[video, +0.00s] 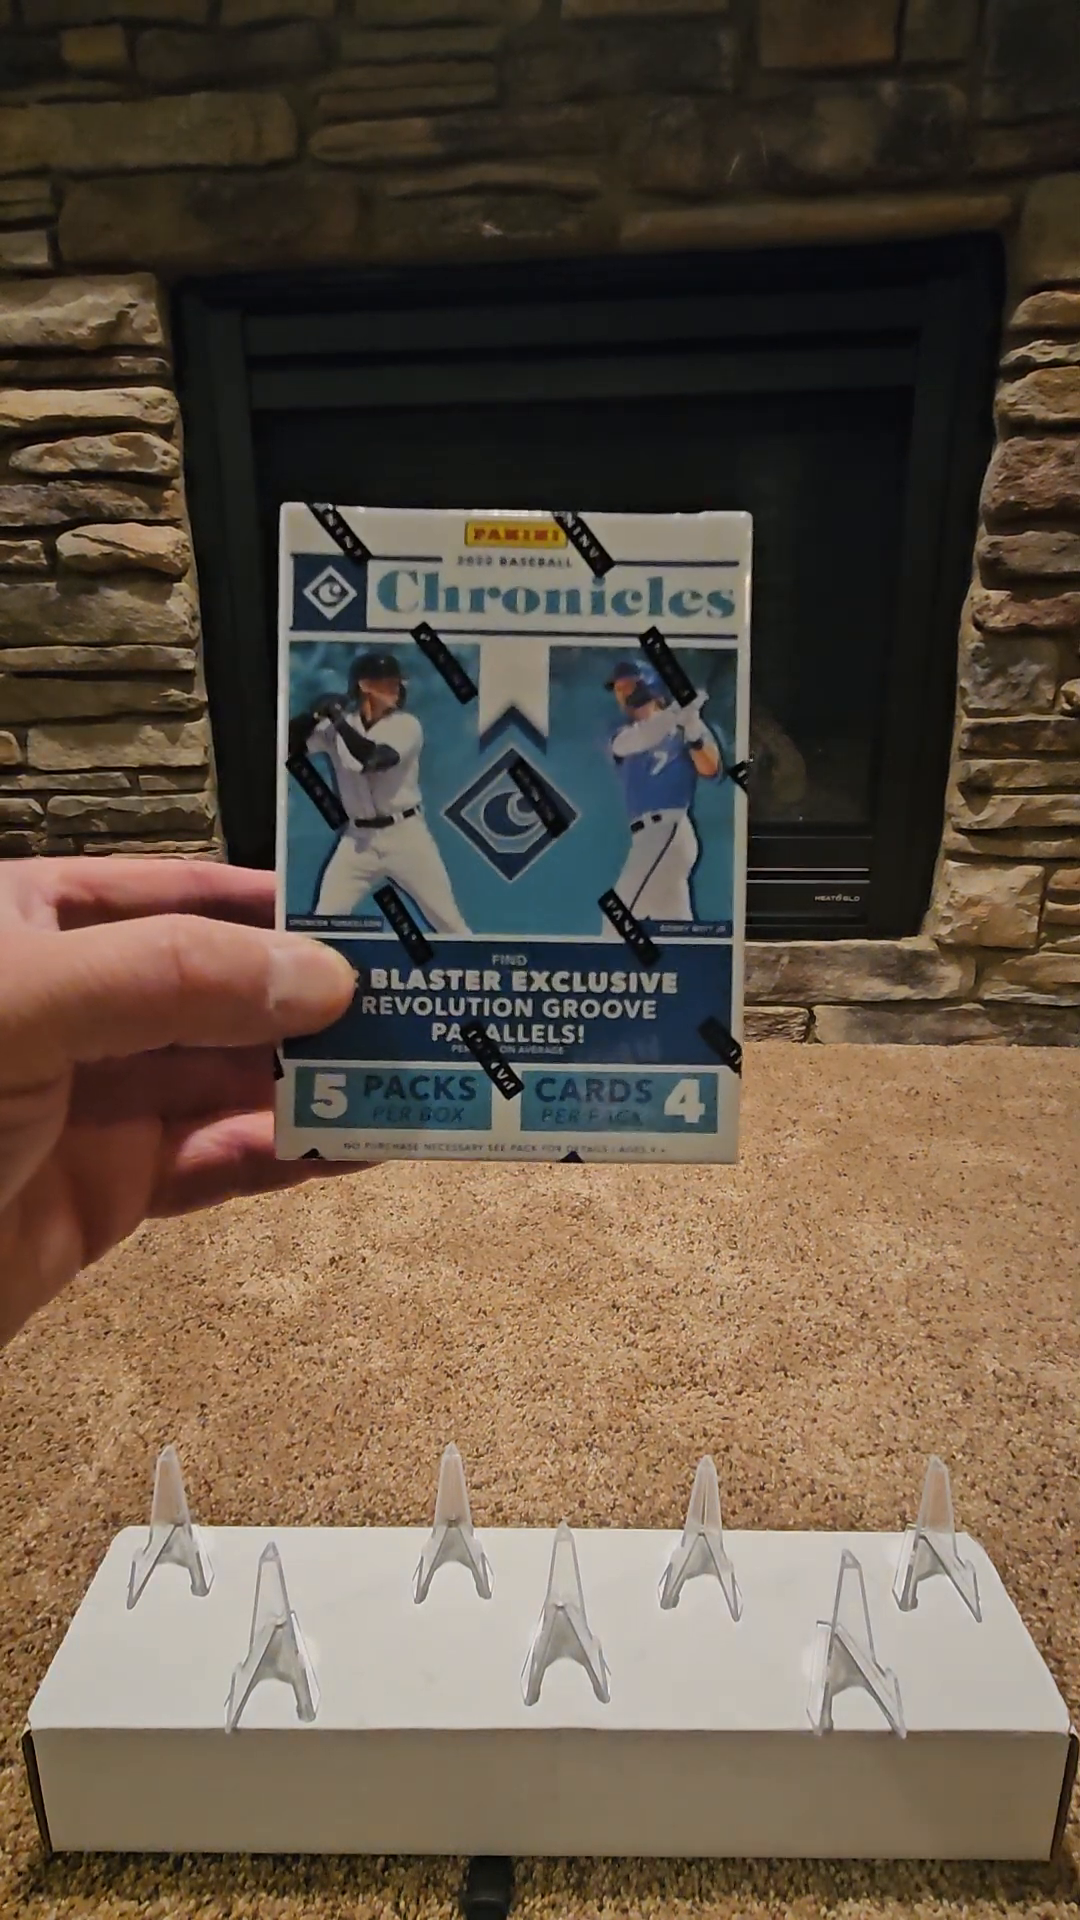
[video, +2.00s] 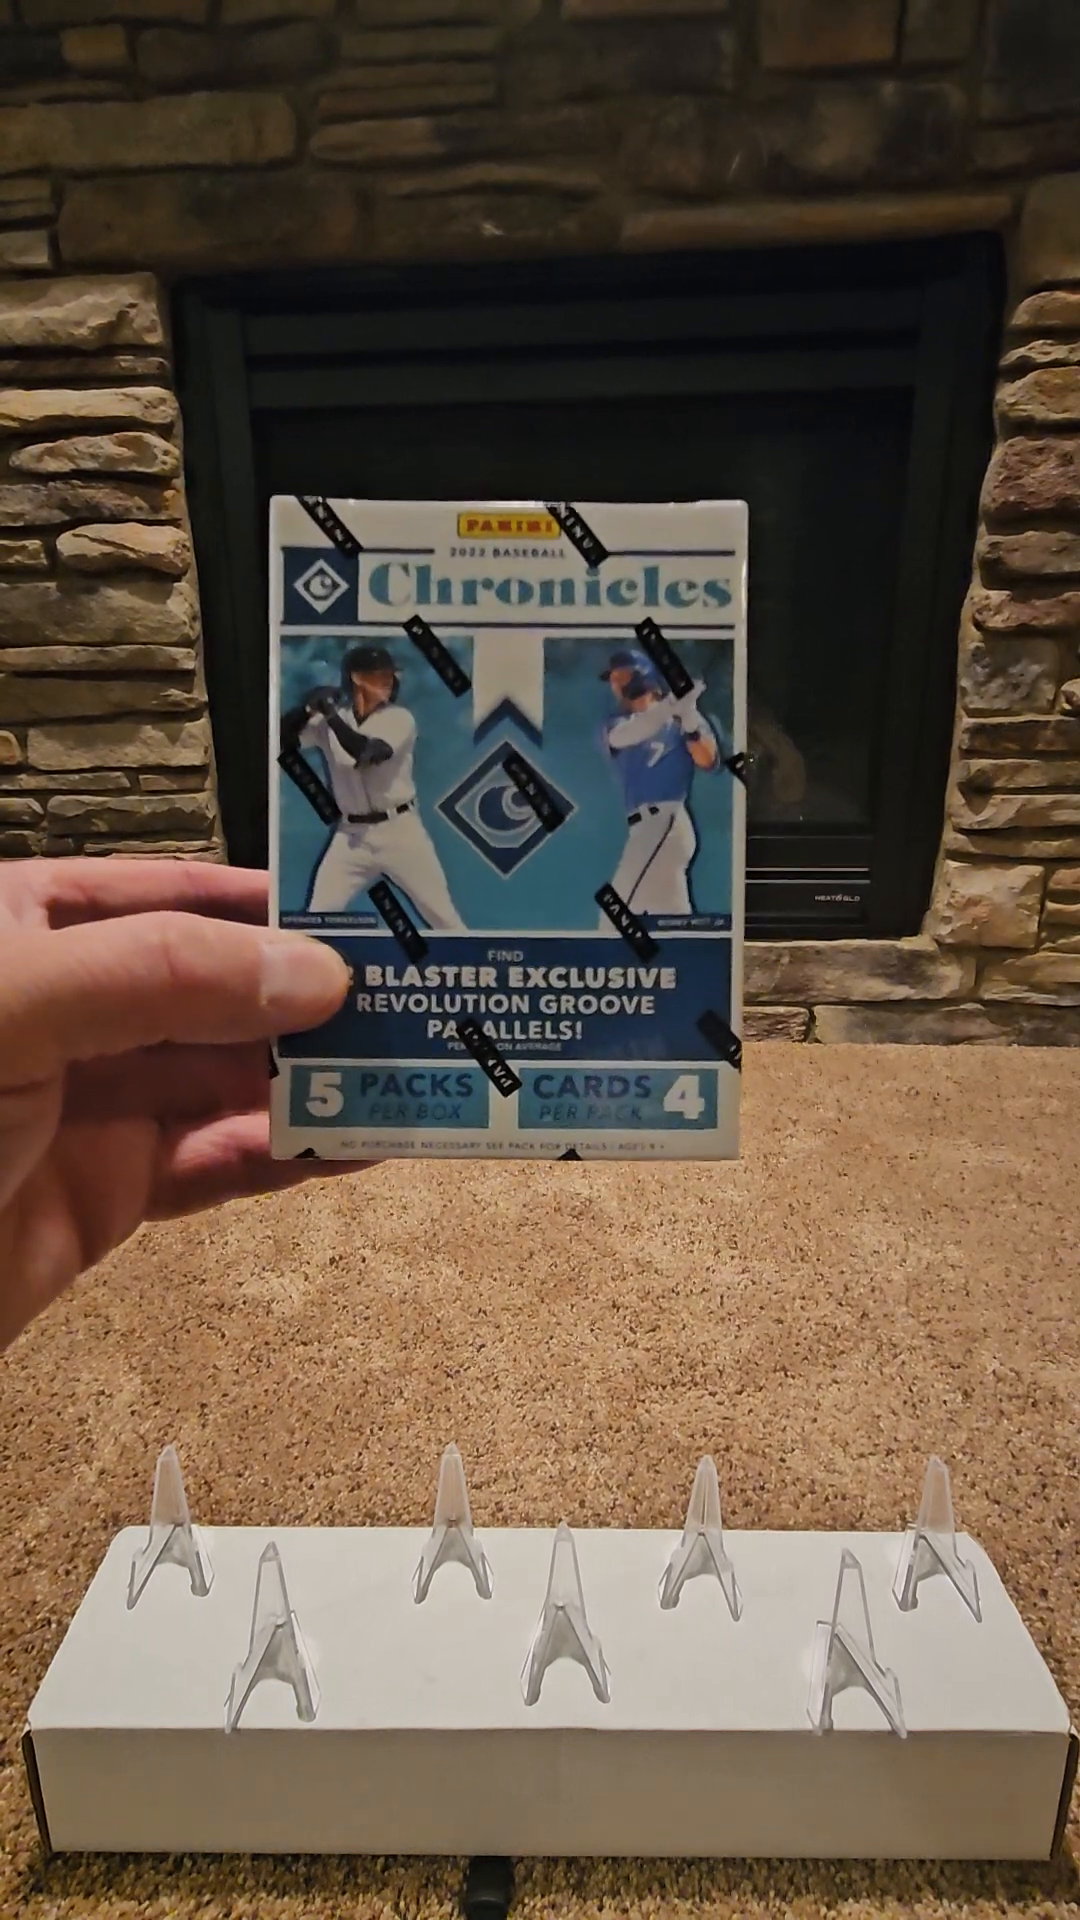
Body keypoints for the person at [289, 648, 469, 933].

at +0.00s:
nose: (396, 686)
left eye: (397, 680)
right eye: (388, 680)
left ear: (400, 685)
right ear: (365, 686)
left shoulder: (406, 725)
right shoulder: (335, 730)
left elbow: (373, 760)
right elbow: (288, 746)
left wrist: (338, 719)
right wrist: (313, 716)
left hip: (406, 836)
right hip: (357, 840)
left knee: (449, 922)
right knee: (325, 922)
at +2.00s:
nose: (390, 679)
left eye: (390, 673)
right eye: (381, 673)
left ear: (393, 679)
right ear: (357, 678)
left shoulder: (399, 718)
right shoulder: (327, 723)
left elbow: (366, 754)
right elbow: (282, 740)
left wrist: (330, 714)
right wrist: (306, 710)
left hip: (401, 832)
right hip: (351, 836)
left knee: (444, 918)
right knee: (319, 920)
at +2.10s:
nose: (382, 683)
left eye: (383, 677)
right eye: (372, 677)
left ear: (386, 681)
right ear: (350, 683)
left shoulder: (393, 721)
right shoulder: (320, 728)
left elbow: (360, 757)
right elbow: (276, 742)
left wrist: (324, 718)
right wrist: (301, 714)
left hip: (396, 834)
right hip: (346, 839)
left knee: (439, 920)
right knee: (314, 923)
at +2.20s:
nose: (381, 687)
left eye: (382, 681)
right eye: (372, 681)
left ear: (385, 687)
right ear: (349, 688)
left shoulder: (391, 726)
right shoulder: (319, 731)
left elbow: (358, 762)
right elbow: (274, 750)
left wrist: (322, 722)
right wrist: (298, 719)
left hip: (393, 838)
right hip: (343, 842)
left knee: (438, 923)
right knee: (312, 926)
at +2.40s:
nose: (381, 692)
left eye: (382, 686)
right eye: (372, 686)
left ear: (386, 690)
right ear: (350, 691)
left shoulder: (393, 729)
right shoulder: (323, 734)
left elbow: (360, 765)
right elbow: (279, 752)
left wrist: (324, 725)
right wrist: (300, 723)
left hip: (395, 841)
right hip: (346, 845)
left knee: (437, 923)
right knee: (314, 929)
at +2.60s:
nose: (381, 695)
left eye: (382, 689)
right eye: (372, 689)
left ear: (385, 694)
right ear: (349, 694)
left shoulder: (391, 733)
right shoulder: (321, 737)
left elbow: (357, 769)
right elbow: (277, 757)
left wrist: (322, 729)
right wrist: (299, 726)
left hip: (394, 846)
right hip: (344, 850)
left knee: (437, 930)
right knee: (313, 934)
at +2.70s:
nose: (382, 702)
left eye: (383, 695)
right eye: (373, 695)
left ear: (386, 700)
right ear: (351, 702)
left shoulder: (393, 740)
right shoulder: (322, 746)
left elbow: (360, 776)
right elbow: (277, 762)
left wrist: (323, 737)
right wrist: (300, 733)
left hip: (396, 854)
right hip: (346, 858)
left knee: (439, 938)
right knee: (314, 942)